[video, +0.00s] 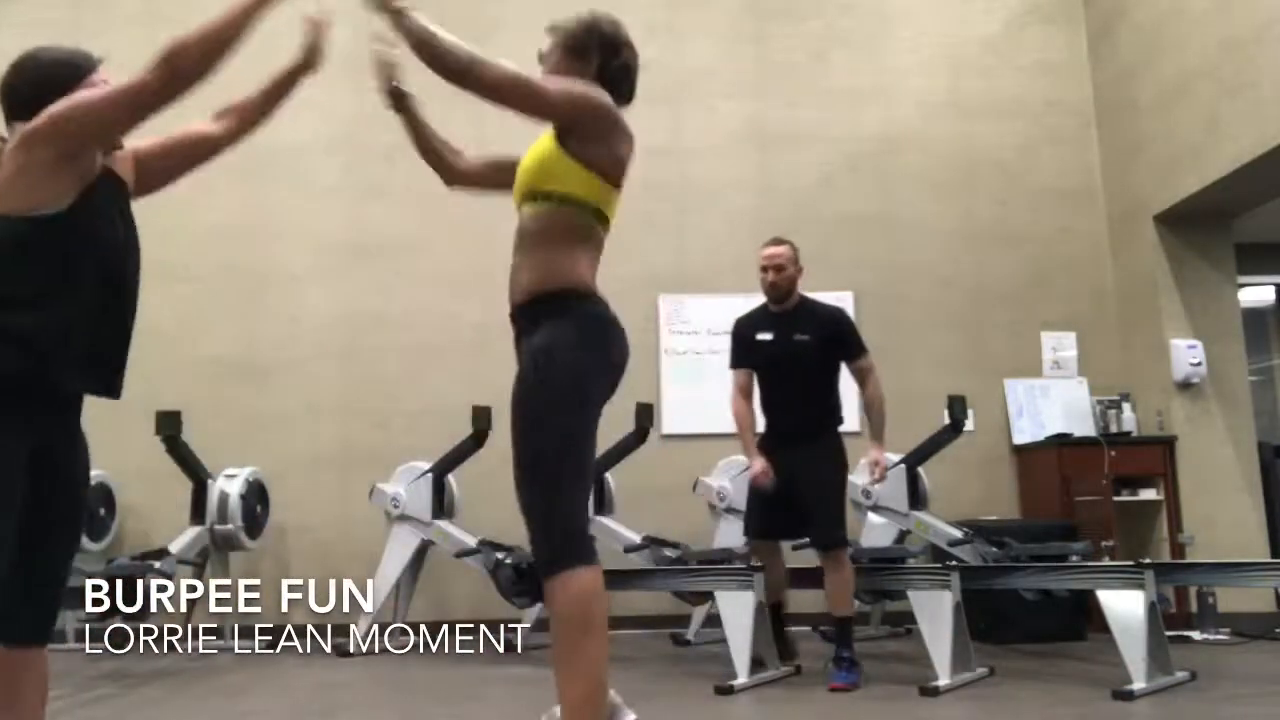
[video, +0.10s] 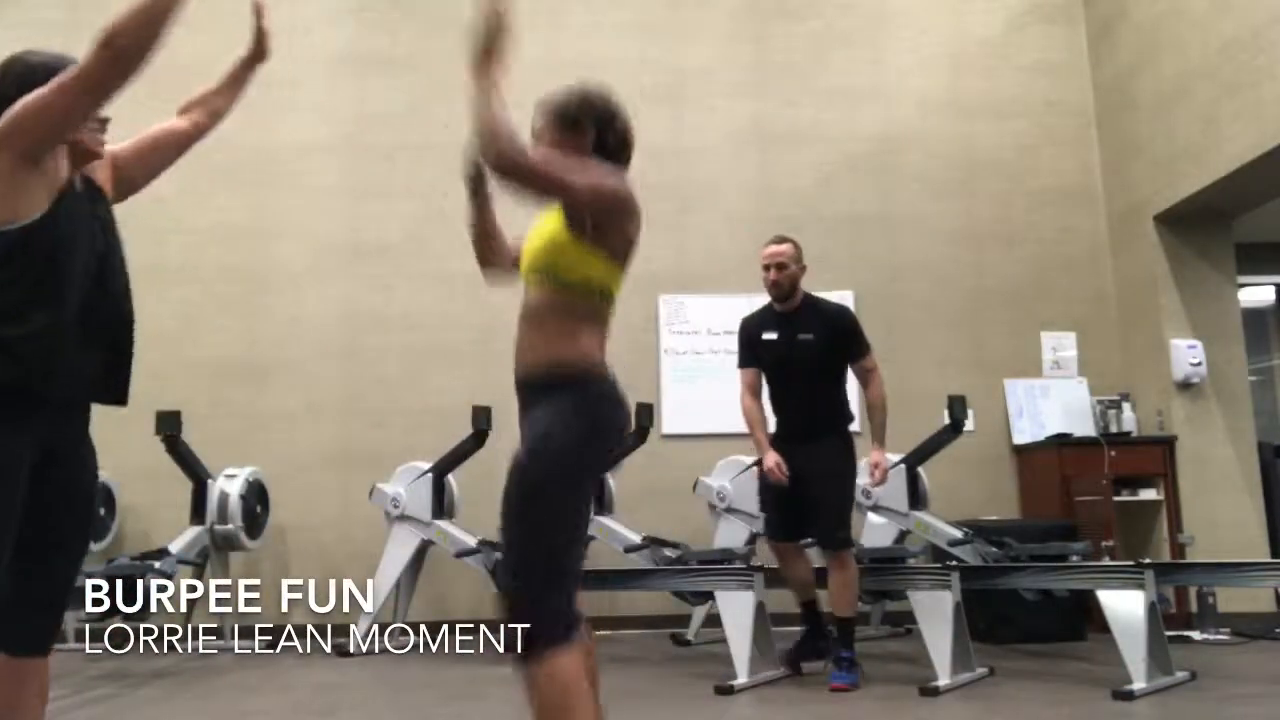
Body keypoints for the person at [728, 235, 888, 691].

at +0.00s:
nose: (771, 276)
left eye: (779, 268)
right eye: (764, 269)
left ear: (799, 272)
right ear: (758, 275)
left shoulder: (831, 320)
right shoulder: (747, 327)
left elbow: (868, 379)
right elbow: (741, 395)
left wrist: (876, 445)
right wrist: (752, 454)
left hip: (823, 448)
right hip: (773, 450)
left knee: (833, 548)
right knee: (762, 542)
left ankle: (844, 652)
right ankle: (778, 642)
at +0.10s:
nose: (773, 275)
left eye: (782, 266)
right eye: (767, 268)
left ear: (802, 270)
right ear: (761, 274)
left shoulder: (836, 318)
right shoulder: (754, 327)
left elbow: (871, 377)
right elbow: (750, 395)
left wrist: (877, 446)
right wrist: (764, 449)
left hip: (832, 444)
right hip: (784, 446)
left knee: (836, 545)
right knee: (781, 540)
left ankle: (845, 651)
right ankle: (815, 627)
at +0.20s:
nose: (770, 274)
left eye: (779, 265)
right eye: (764, 267)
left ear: (801, 269)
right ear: (759, 274)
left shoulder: (838, 316)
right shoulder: (755, 327)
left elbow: (872, 377)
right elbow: (752, 394)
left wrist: (873, 447)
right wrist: (763, 450)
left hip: (840, 444)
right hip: (793, 446)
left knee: (845, 549)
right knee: (795, 543)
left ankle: (847, 651)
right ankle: (835, 621)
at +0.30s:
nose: (766, 275)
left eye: (774, 266)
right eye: (759, 268)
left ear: (796, 268)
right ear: (755, 275)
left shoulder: (835, 315)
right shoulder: (755, 331)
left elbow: (871, 376)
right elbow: (750, 399)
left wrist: (866, 446)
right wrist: (755, 457)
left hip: (845, 447)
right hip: (796, 450)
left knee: (850, 549)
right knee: (804, 549)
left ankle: (847, 650)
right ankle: (834, 625)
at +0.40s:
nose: (761, 275)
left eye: (769, 266)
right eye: (754, 269)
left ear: (791, 269)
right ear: (751, 277)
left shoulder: (831, 314)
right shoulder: (753, 333)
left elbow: (865, 375)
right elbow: (748, 401)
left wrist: (863, 445)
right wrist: (750, 462)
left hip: (845, 447)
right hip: (796, 450)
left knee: (849, 549)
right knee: (804, 546)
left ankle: (847, 651)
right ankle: (826, 630)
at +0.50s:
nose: (751, 274)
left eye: (758, 265)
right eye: (746, 269)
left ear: (783, 265)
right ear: (743, 277)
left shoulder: (824, 311)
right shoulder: (749, 333)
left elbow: (858, 373)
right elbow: (745, 402)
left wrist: (854, 441)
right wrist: (744, 465)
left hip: (838, 447)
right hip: (789, 449)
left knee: (845, 549)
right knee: (791, 537)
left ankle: (846, 650)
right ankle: (813, 632)